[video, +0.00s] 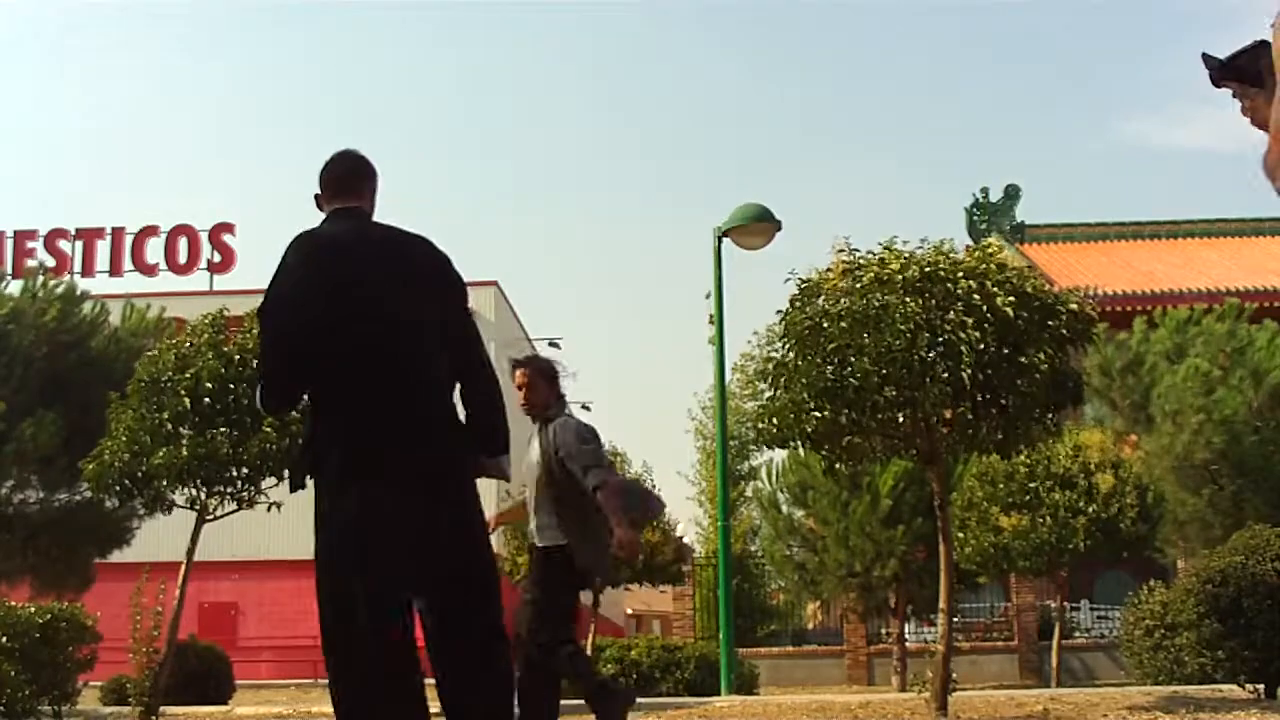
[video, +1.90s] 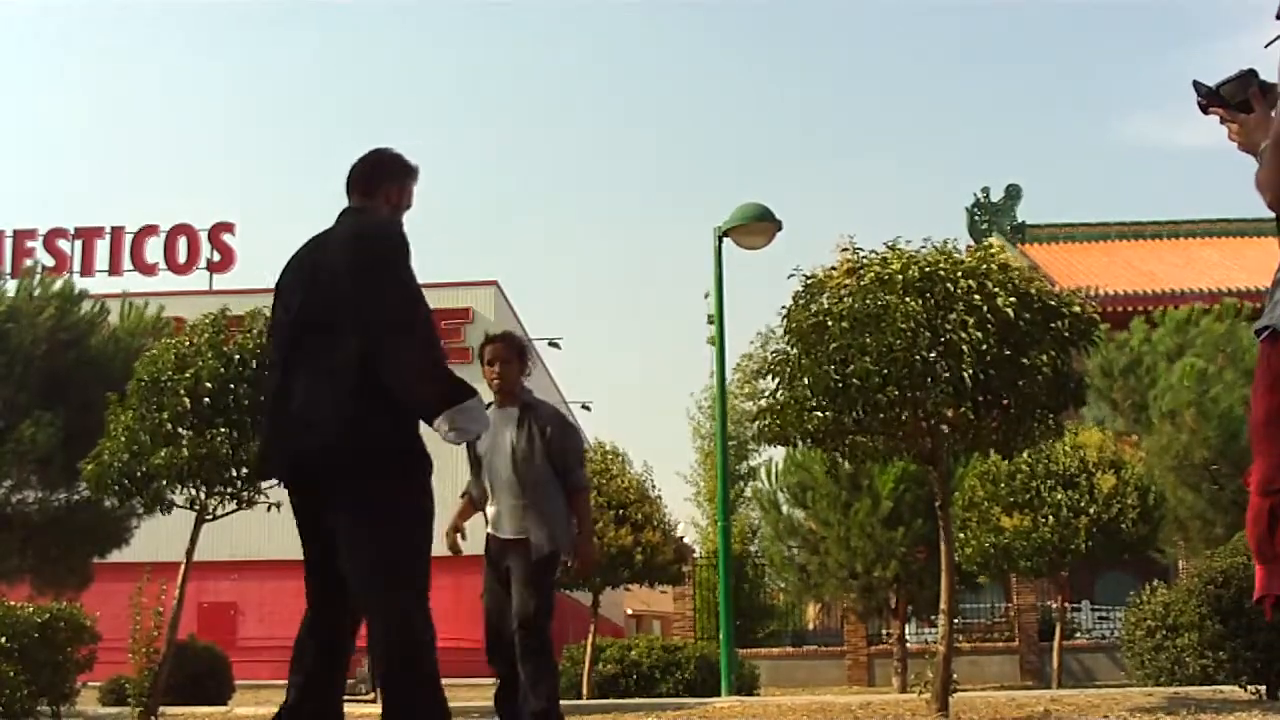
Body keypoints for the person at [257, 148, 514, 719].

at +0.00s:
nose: (328, 206)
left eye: (323, 199)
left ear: (319, 198)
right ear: (375, 195)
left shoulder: (302, 258)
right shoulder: (424, 254)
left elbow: (277, 392)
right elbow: (472, 360)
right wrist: (488, 444)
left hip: (350, 483)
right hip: (435, 474)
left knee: (368, 650)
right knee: (469, 639)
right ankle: (485, 717)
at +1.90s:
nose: (407, 211)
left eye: (409, 201)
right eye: (406, 199)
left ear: (354, 190)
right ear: (387, 192)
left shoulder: (300, 260)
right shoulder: (380, 241)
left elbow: (286, 364)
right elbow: (405, 346)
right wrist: (460, 408)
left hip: (308, 453)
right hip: (377, 450)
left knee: (331, 606)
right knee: (399, 606)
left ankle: (306, 712)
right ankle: (418, 713)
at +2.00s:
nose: (426, 213)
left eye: (428, 202)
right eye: (425, 201)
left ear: (377, 187)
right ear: (407, 190)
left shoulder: (330, 250)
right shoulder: (392, 237)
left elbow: (305, 353)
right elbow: (402, 340)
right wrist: (449, 401)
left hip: (324, 448)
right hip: (380, 449)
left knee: (340, 597)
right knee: (396, 596)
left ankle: (314, 710)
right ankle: (417, 710)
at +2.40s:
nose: (414, 190)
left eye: (405, 181)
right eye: (417, 181)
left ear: (362, 177)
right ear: (415, 178)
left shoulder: (318, 238)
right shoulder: (426, 229)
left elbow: (313, 330)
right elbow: (481, 326)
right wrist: (540, 393)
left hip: (323, 437)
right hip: (413, 439)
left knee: (296, 581)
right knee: (441, 588)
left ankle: (277, 705)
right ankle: (443, 709)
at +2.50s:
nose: (389, 187)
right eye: (392, 179)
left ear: (337, 179)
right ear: (392, 178)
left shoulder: (296, 236)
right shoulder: (413, 233)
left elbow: (286, 334)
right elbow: (486, 316)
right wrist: (558, 377)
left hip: (307, 452)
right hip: (403, 451)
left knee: (290, 607)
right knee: (441, 609)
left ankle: (298, 716)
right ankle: (447, 713)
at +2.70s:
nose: (322, 176)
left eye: (297, 170)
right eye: (332, 165)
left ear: (283, 173)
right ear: (341, 167)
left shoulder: (261, 221)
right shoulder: (384, 224)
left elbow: (226, 308)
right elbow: (473, 283)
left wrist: (290, 335)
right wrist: (557, 338)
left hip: (289, 441)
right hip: (375, 435)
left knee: (295, 596)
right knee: (394, 573)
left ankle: (293, 707)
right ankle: (426, 652)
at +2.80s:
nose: (283, 186)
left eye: (269, 179)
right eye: (303, 170)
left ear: (263, 179)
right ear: (320, 173)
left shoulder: (256, 229)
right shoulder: (372, 227)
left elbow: (204, 305)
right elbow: (459, 269)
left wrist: (258, 327)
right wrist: (524, 327)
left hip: (315, 434)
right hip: (387, 429)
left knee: (276, 561)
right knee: (343, 570)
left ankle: (327, 699)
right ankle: (355, 705)